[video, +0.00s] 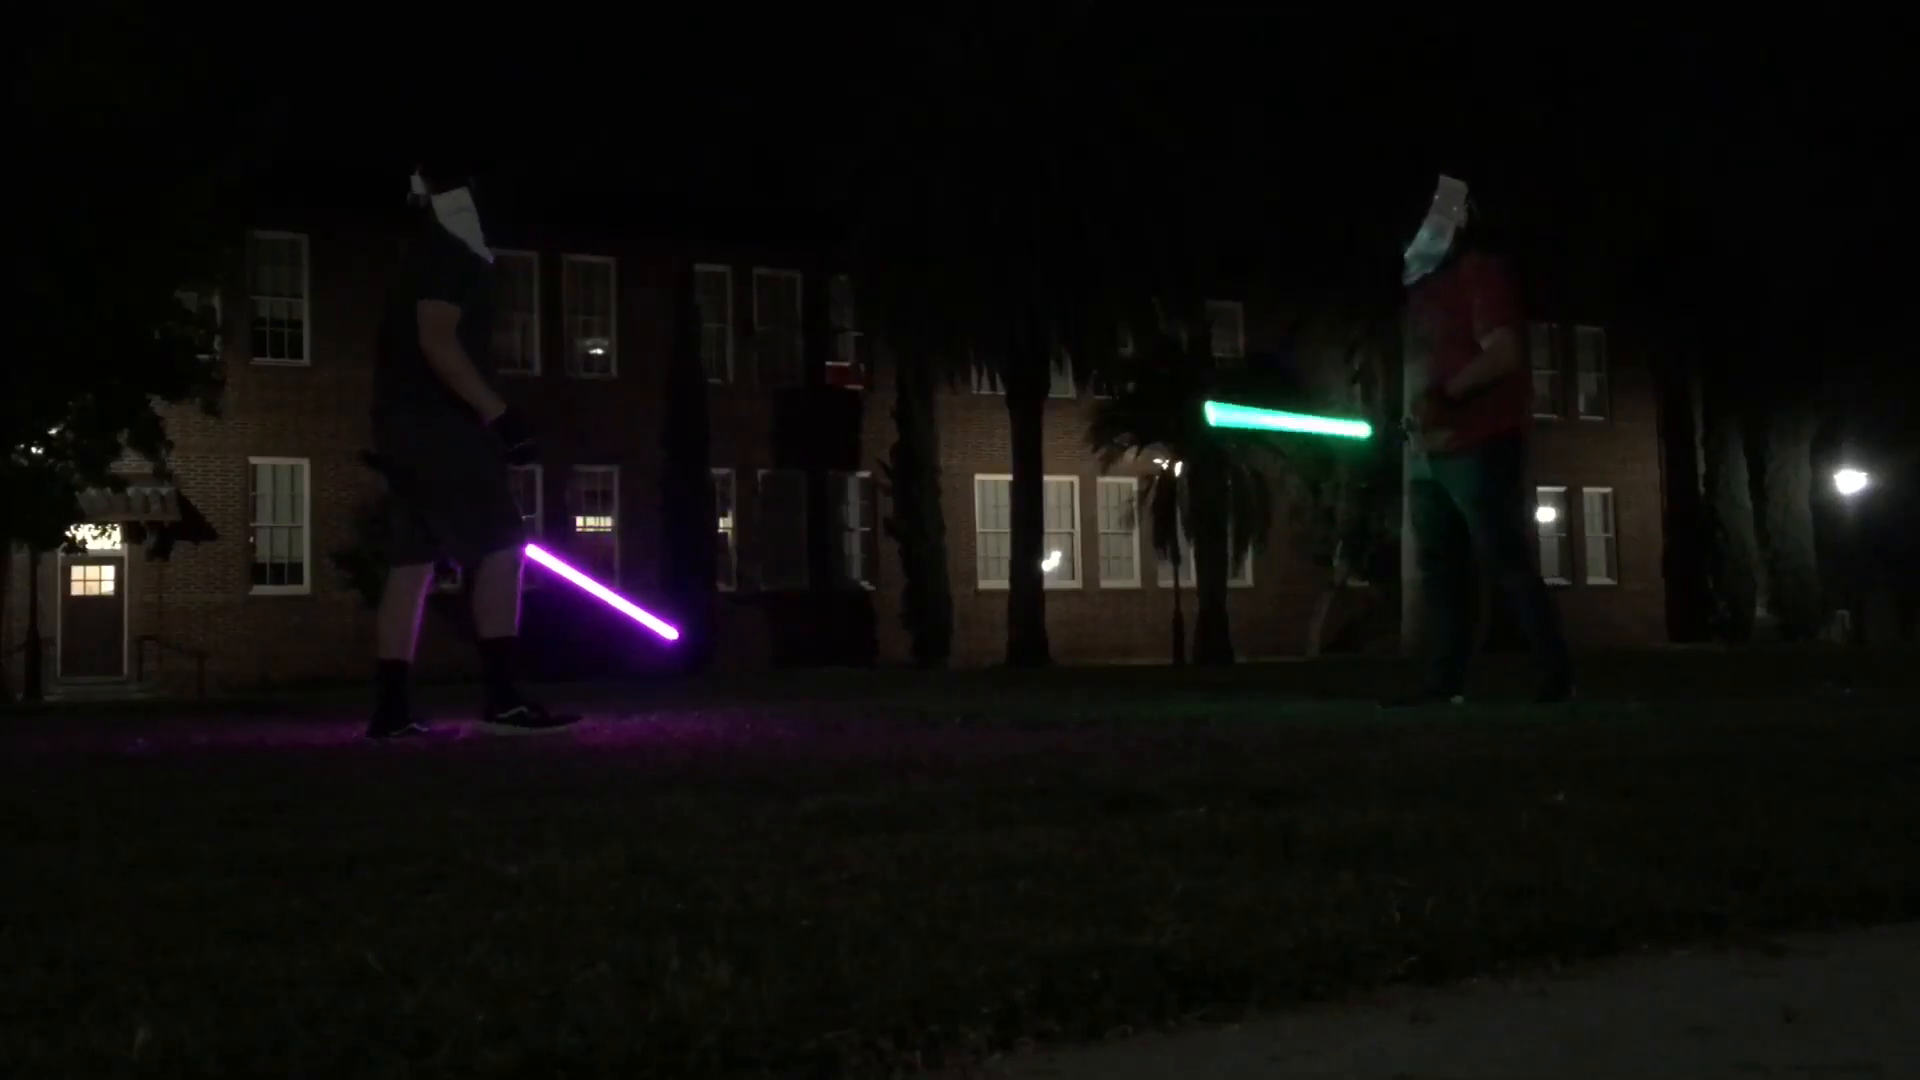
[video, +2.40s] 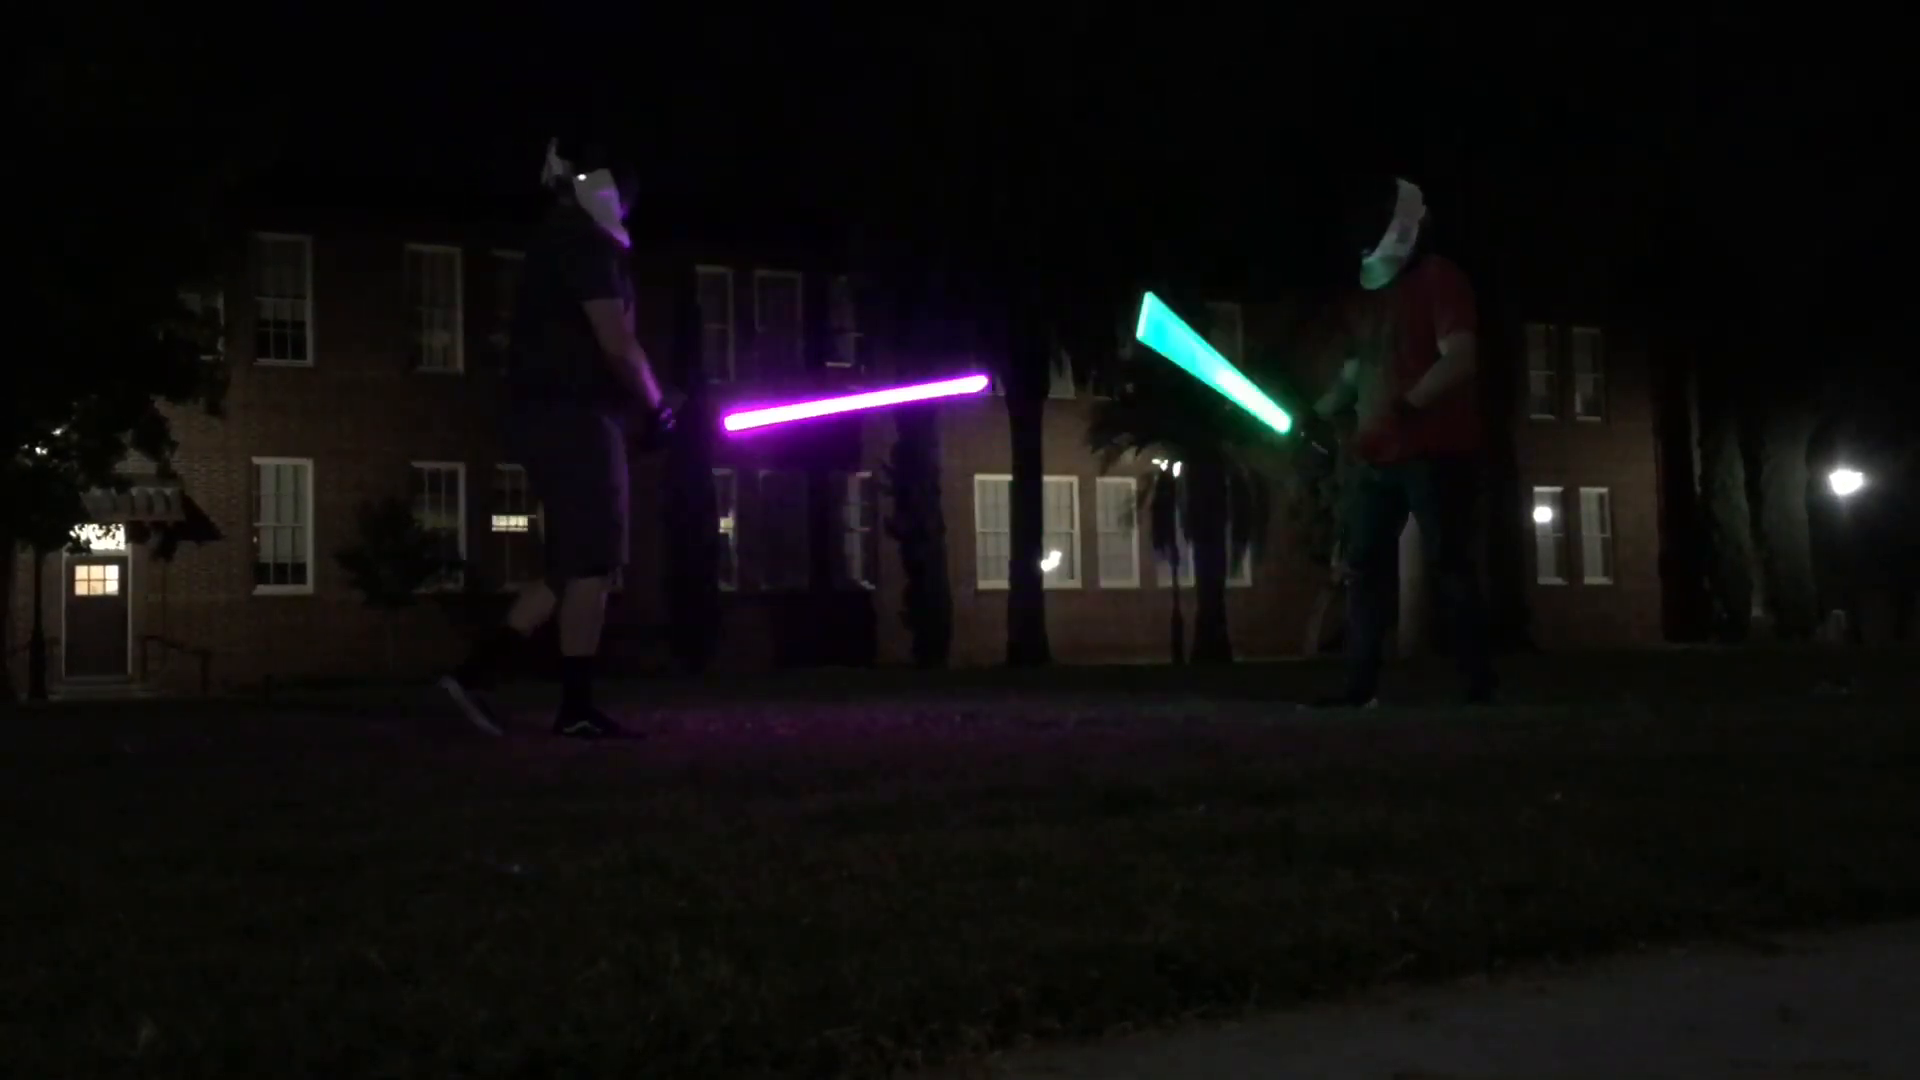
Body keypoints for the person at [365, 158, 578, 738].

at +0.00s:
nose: (493, 213)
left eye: (488, 201)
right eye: (485, 201)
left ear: (434, 203)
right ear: (462, 203)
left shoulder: (421, 254)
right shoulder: (449, 254)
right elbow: (437, 343)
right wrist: (499, 414)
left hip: (410, 437)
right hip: (448, 438)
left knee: (411, 560)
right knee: (503, 546)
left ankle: (390, 709)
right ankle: (504, 694)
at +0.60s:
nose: (548, 210)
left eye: (545, 198)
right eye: (542, 197)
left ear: (501, 189)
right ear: (520, 191)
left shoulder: (483, 245)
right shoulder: (504, 246)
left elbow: (504, 356)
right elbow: (486, 336)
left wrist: (564, 406)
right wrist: (511, 429)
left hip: (466, 431)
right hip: (497, 433)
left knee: (462, 563)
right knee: (510, 565)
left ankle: (404, 697)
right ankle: (521, 708)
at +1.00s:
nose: (539, 205)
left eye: (536, 192)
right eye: (534, 191)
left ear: (491, 185)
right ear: (517, 186)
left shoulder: (481, 239)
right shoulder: (502, 235)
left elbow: (514, 353)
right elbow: (457, 313)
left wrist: (583, 342)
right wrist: (439, 408)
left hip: (470, 424)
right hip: (502, 424)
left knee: (465, 559)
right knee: (524, 557)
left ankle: (434, 701)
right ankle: (521, 705)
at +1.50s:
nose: (549, 205)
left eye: (547, 192)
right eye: (543, 190)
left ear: (496, 187)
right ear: (522, 186)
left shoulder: (478, 239)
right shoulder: (513, 237)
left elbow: (485, 333)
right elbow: (488, 323)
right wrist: (508, 419)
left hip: (479, 426)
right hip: (529, 426)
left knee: (470, 560)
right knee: (548, 561)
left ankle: (437, 703)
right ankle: (563, 703)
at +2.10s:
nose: (575, 212)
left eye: (571, 196)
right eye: (568, 198)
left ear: (521, 194)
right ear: (547, 195)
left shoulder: (496, 245)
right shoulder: (534, 249)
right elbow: (526, 337)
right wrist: (580, 401)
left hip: (483, 428)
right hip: (531, 428)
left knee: (475, 557)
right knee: (583, 548)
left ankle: (437, 705)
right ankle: (576, 701)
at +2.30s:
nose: (614, 210)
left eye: (611, 198)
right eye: (608, 198)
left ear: (557, 197)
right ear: (590, 199)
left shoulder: (533, 247)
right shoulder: (575, 252)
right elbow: (590, 343)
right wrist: (639, 413)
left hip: (521, 427)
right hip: (566, 428)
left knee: (533, 560)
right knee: (593, 560)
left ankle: (452, 691)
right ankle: (577, 706)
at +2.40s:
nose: (628, 214)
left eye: (624, 202)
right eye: (623, 202)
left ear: (577, 198)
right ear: (605, 200)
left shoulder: (559, 243)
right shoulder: (591, 247)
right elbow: (616, 341)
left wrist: (651, 399)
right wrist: (657, 405)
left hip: (554, 421)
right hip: (581, 424)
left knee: (569, 565)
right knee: (594, 564)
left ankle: (475, 674)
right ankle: (578, 707)